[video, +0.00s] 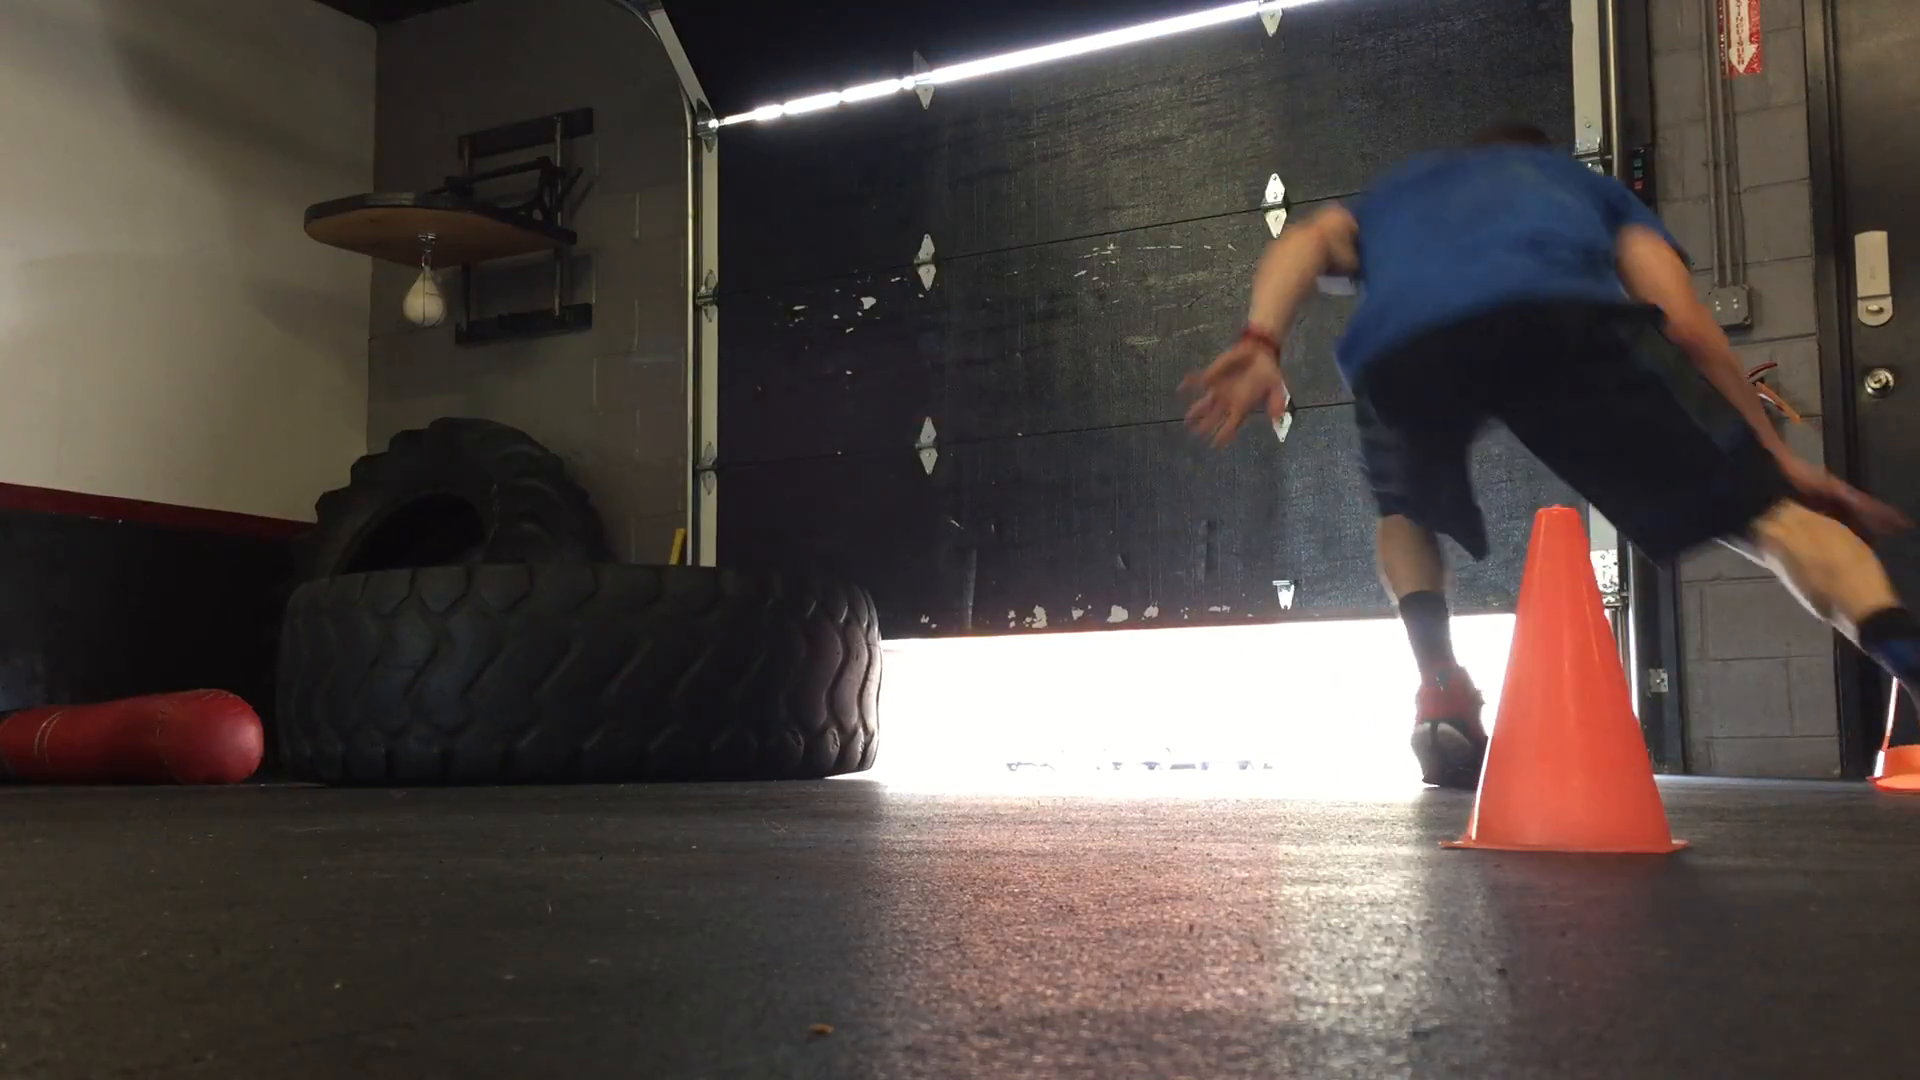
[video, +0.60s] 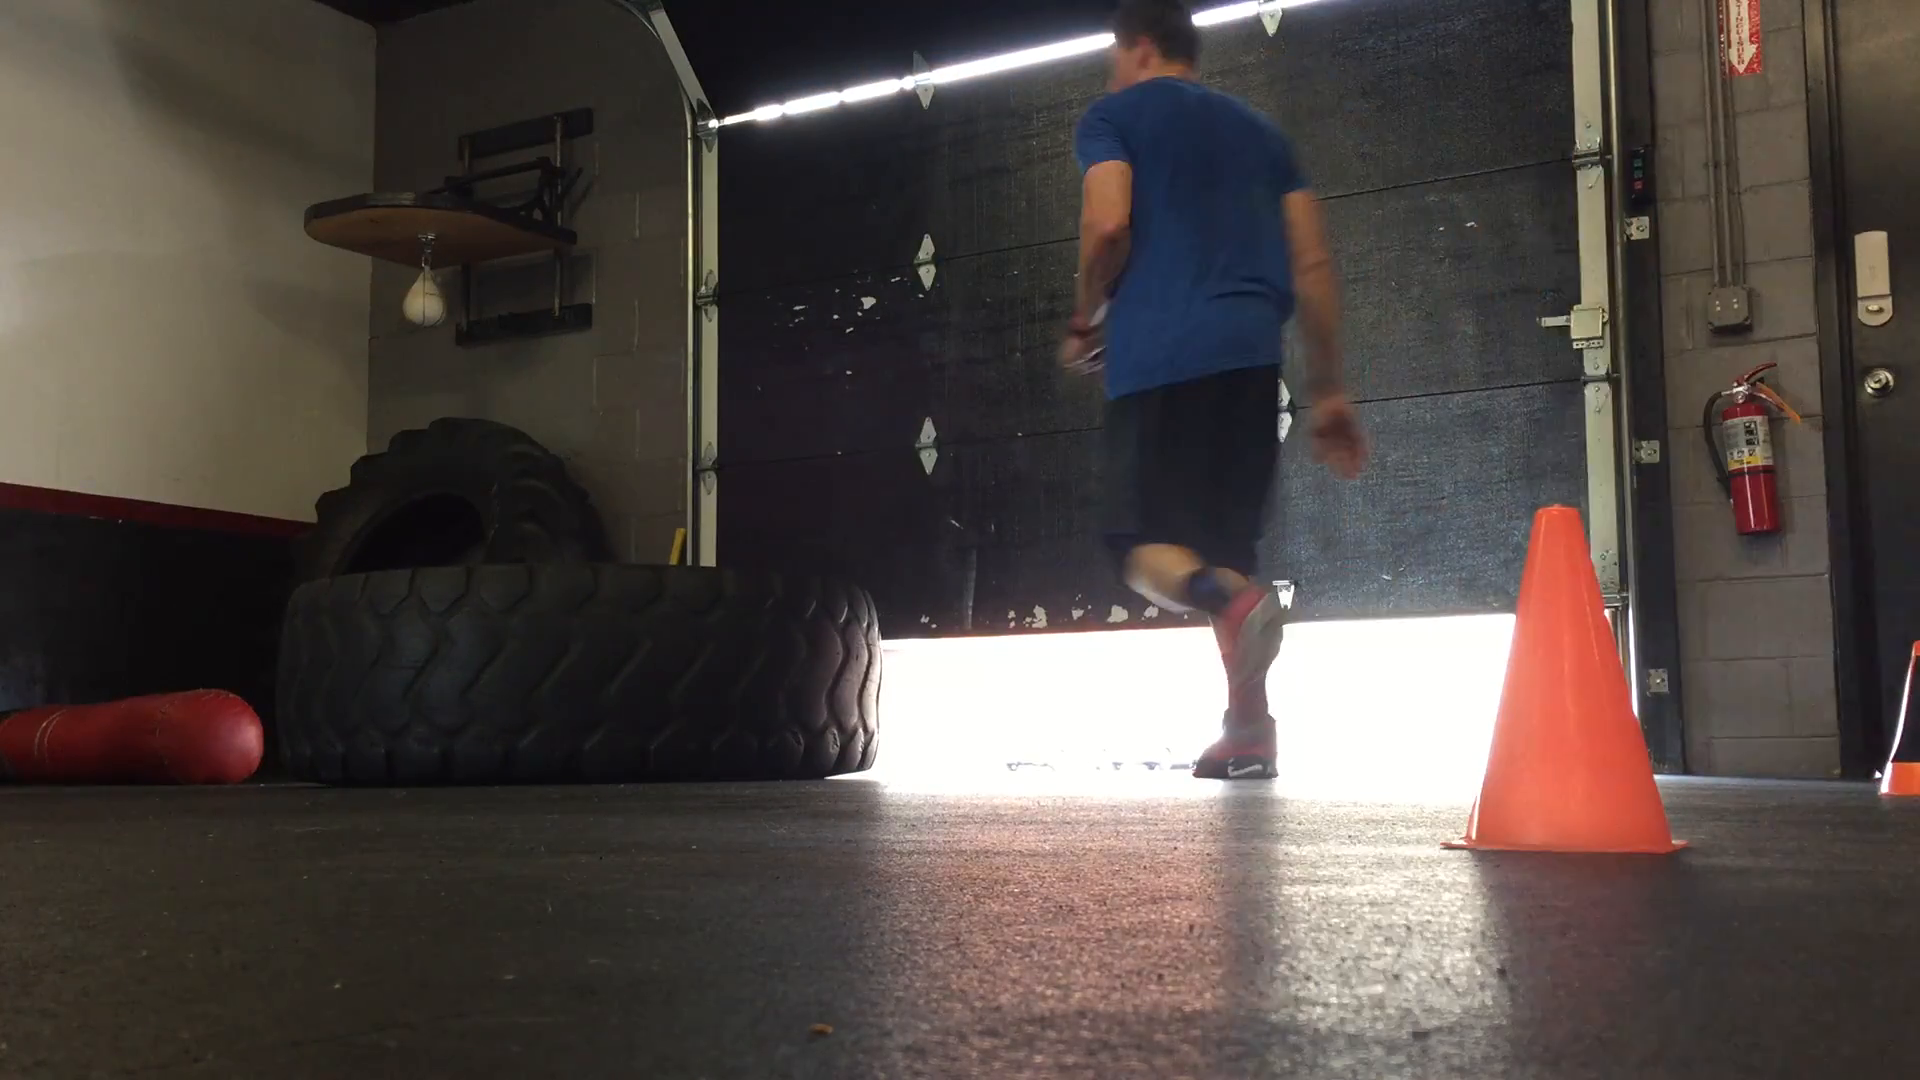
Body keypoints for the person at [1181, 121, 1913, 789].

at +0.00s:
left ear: (1469, 153)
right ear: (1557, 158)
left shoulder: (1400, 192)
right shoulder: (1589, 182)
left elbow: (1305, 237)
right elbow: (1682, 316)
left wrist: (1261, 335)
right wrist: (1782, 460)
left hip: (1405, 347)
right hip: (1561, 318)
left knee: (1403, 497)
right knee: (1768, 515)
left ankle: (1440, 684)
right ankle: (1900, 647)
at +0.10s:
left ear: (1374, 102)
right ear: (1462, 89)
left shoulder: (1335, 131)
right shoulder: (1509, 112)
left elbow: (1257, 186)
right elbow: (1605, 201)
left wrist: (1246, 306)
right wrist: (1699, 345)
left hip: (1380, 298)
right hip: (1520, 262)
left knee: (1371, 501)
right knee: (1653, 486)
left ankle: (1432, 676)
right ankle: (1842, 595)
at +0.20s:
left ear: (1304, 57)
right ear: (1387, 43)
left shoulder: (1275, 96)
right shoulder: (1445, 69)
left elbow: (1211, 165)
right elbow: (1538, 126)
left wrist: (1222, 323)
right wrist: (1602, 247)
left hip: (1351, 274)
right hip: (1482, 250)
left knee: (1365, 524)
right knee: (1502, 485)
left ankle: (1432, 680)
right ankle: (1631, 535)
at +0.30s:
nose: (1268, 23)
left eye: (1263, 18)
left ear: (1264, 20)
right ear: (1342, 13)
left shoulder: (1231, 65)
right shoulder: (1405, 40)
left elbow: (1171, 141)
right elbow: (1477, 89)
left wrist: (1196, 287)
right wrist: (1528, 212)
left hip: (1301, 243)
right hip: (1421, 230)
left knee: (1343, 477)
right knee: (1411, 463)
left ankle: (1425, 661)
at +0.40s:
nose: (1216, 14)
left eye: (1211, 12)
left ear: (1218, 9)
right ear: (1287, 4)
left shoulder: (1183, 53)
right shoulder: (1357, 35)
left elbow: (1126, 135)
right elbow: (1424, 111)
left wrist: (1170, 261)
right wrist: (1464, 236)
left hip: (1245, 249)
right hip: (1351, 246)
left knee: (1298, 444)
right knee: (1328, 464)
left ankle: (1392, 616)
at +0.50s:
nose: (1166, 43)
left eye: (1168, 32)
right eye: (1171, 32)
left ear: (1183, 30)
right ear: (1246, 30)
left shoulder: (1148, 83)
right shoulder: (1314, 86)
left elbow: (1099, 178)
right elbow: (1381, 185)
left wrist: (1134, 269)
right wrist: (1406, 319)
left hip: (1197, 314)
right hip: (1296, 315)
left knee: (1223, 508)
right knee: (1260, 506)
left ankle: (1327, 585)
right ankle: (1250, 721)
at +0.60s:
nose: (1115, 69)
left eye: (1118, 56)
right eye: (1118, 56)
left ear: (1139, 49)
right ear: (1190, 52)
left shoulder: (1114, 114)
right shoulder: (1260, 128)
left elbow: (1109, 225)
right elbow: (1312, 266)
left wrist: (1086, 314)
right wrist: (1330, 389)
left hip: (1163, 356)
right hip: (1255, 355)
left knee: (1135, 544)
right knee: (1231, 547)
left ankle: (1235, 596)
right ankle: (1248, 730)